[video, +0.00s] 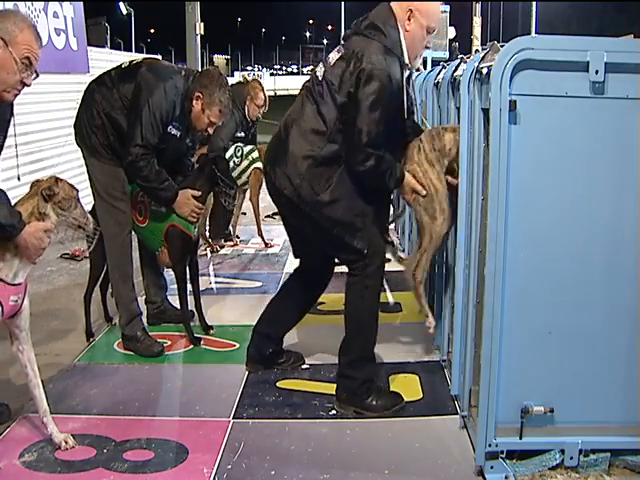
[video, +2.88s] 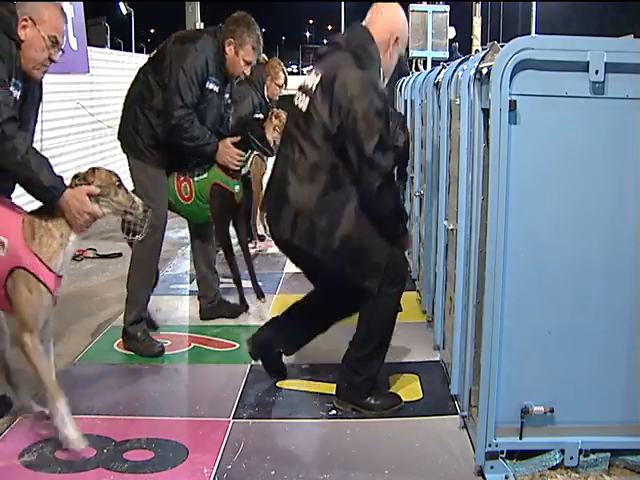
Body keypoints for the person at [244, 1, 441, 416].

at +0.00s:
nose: (430, 42)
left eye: (434, 33)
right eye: (430, 31)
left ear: (405, 17)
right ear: (407, 18)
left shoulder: (370, 41)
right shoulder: (381, 61)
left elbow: (396, 125)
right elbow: (362, 153)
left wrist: (431, 155)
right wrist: (398, 177)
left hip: (288, 164)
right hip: (310, 170)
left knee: (315, 265)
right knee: (368, 255)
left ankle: (262, 347)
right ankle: (357, 386)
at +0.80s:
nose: (435, 67)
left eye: (438, 58)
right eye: (434, 56)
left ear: (406, 40)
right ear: (414, 43)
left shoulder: (367, 68)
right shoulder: (396, 98)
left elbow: (415, 151)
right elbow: (409, 184)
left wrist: (461, 176)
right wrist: (456, 204)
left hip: (289, 193)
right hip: (319, 204)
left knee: (333, 269)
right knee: (388, 267)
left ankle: (267, 341)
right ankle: (358, 387)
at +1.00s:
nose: (426, 83)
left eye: (427, 74)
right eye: (424, 74)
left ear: (395, 63)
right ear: (404, 70)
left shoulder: (361, 87)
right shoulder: (393, 129)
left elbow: (384, 149)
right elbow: (433, 206)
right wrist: (490, 218)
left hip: (296, 229)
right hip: (325, 240)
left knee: (340, 312)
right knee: (400, 275)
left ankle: (264, 333)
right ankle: (359, 388)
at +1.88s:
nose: (405, 128)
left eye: (406, 120)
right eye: (402, 120)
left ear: (373, 109)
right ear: (380, 115)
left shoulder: (347, 128)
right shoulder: (375, 168)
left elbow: (392, 168)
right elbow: (428, 227)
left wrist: (429, 190)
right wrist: (473, 242)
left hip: (299, 270)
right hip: (320, 280)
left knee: (348, 351)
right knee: (400, 277)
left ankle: (275, 330)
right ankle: (358, 388)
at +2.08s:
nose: (399, 137)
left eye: (401, 129)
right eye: (395, 129)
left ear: (374, 116)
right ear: (374, 120)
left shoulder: (349, 135)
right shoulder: (355, 159)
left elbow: (395, 192)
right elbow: (391, 225)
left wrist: (430, 239)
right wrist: (423, 267)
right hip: (309, 281)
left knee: (358, 352)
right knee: (390, 274)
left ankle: (277, 332)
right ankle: (358, 388)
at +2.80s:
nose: (402, 84)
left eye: (404, 75)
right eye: (403, 74)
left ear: (376, 59)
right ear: (390, 66)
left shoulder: (344, 86)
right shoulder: (353, 98)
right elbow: (361, 193)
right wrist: (393, 236)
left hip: (297, 230)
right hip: (305, 234)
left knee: (349, 314)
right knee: (391, 271)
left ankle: (271, 336)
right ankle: (357, 387)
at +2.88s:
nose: (397, 58)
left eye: (400, 49)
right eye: (399, 48)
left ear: (367, 29)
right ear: (390, 39)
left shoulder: (330, 66)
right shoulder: (356, 78)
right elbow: (373, 169)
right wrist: (397, 230)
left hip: (290, 208)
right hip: (311, 211)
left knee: (349, 288)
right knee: (390, 272)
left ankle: (272, 339)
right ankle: (358, 386)